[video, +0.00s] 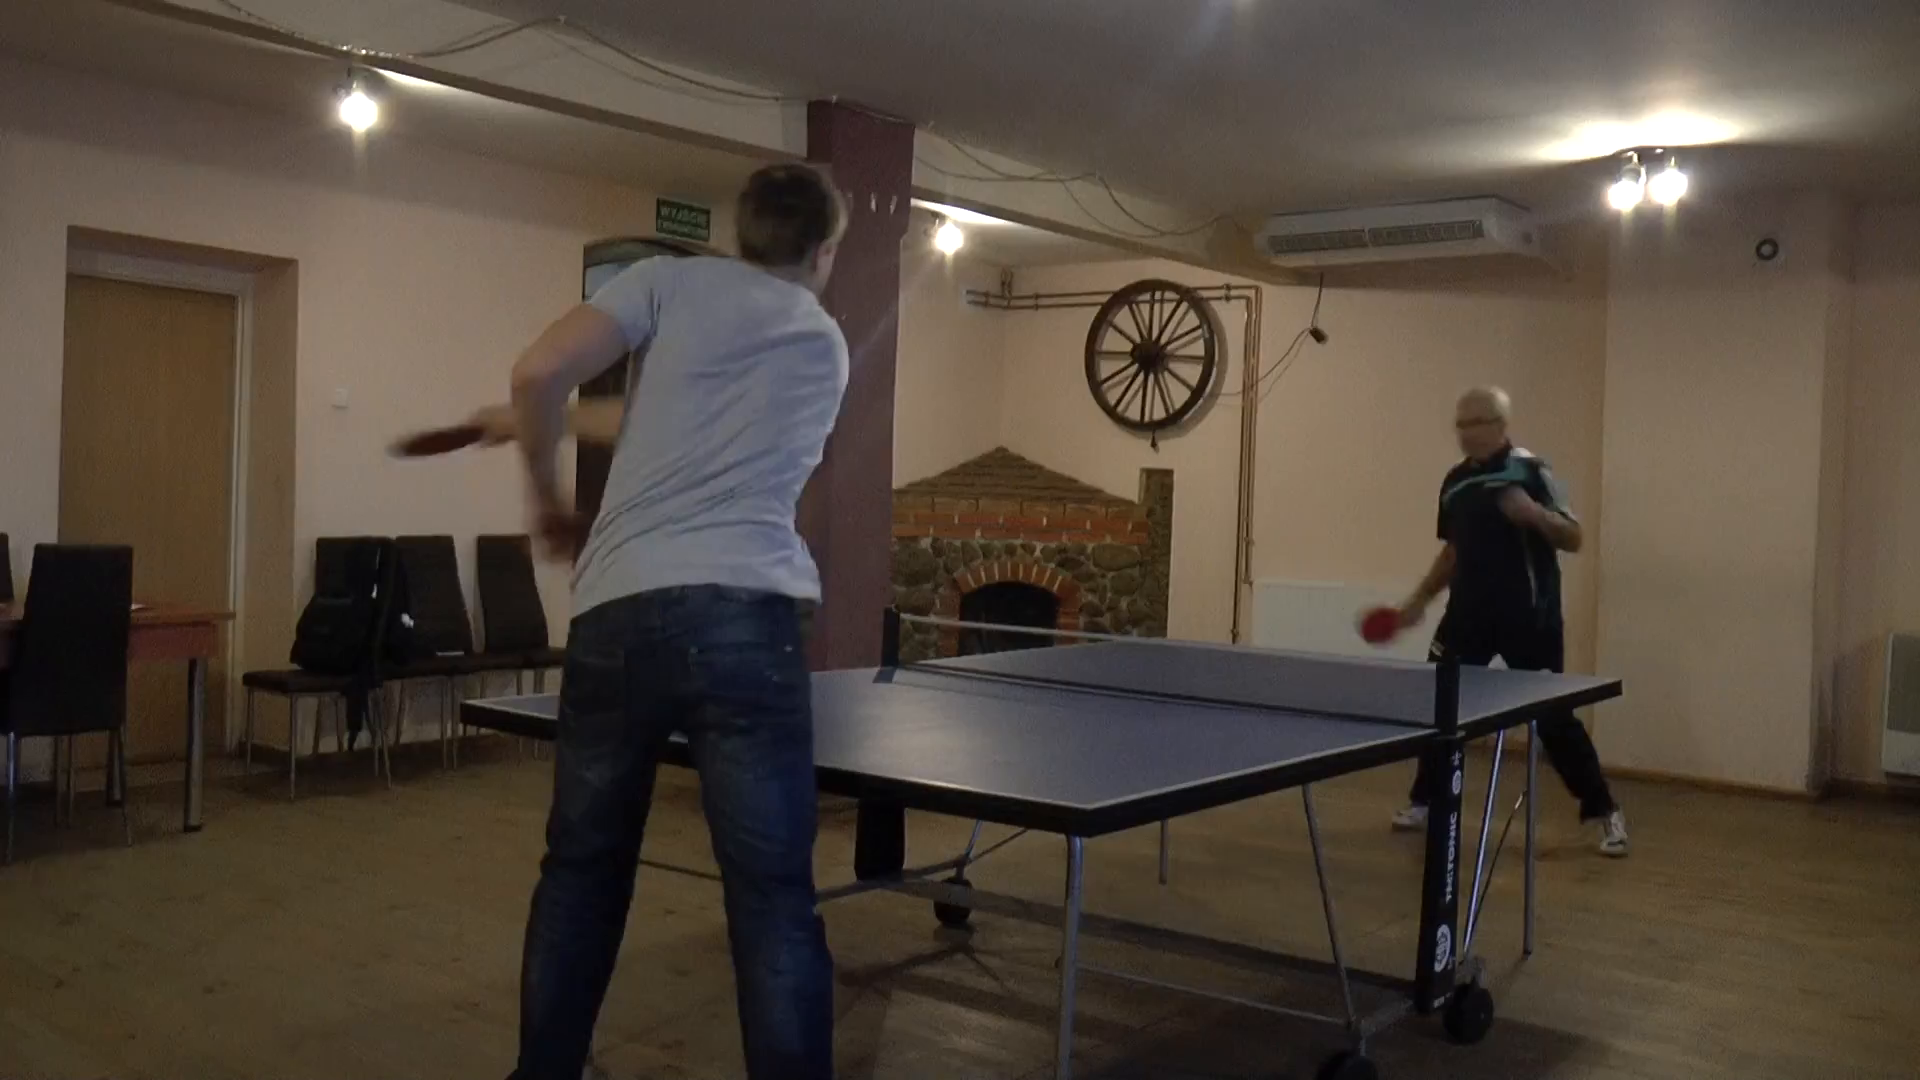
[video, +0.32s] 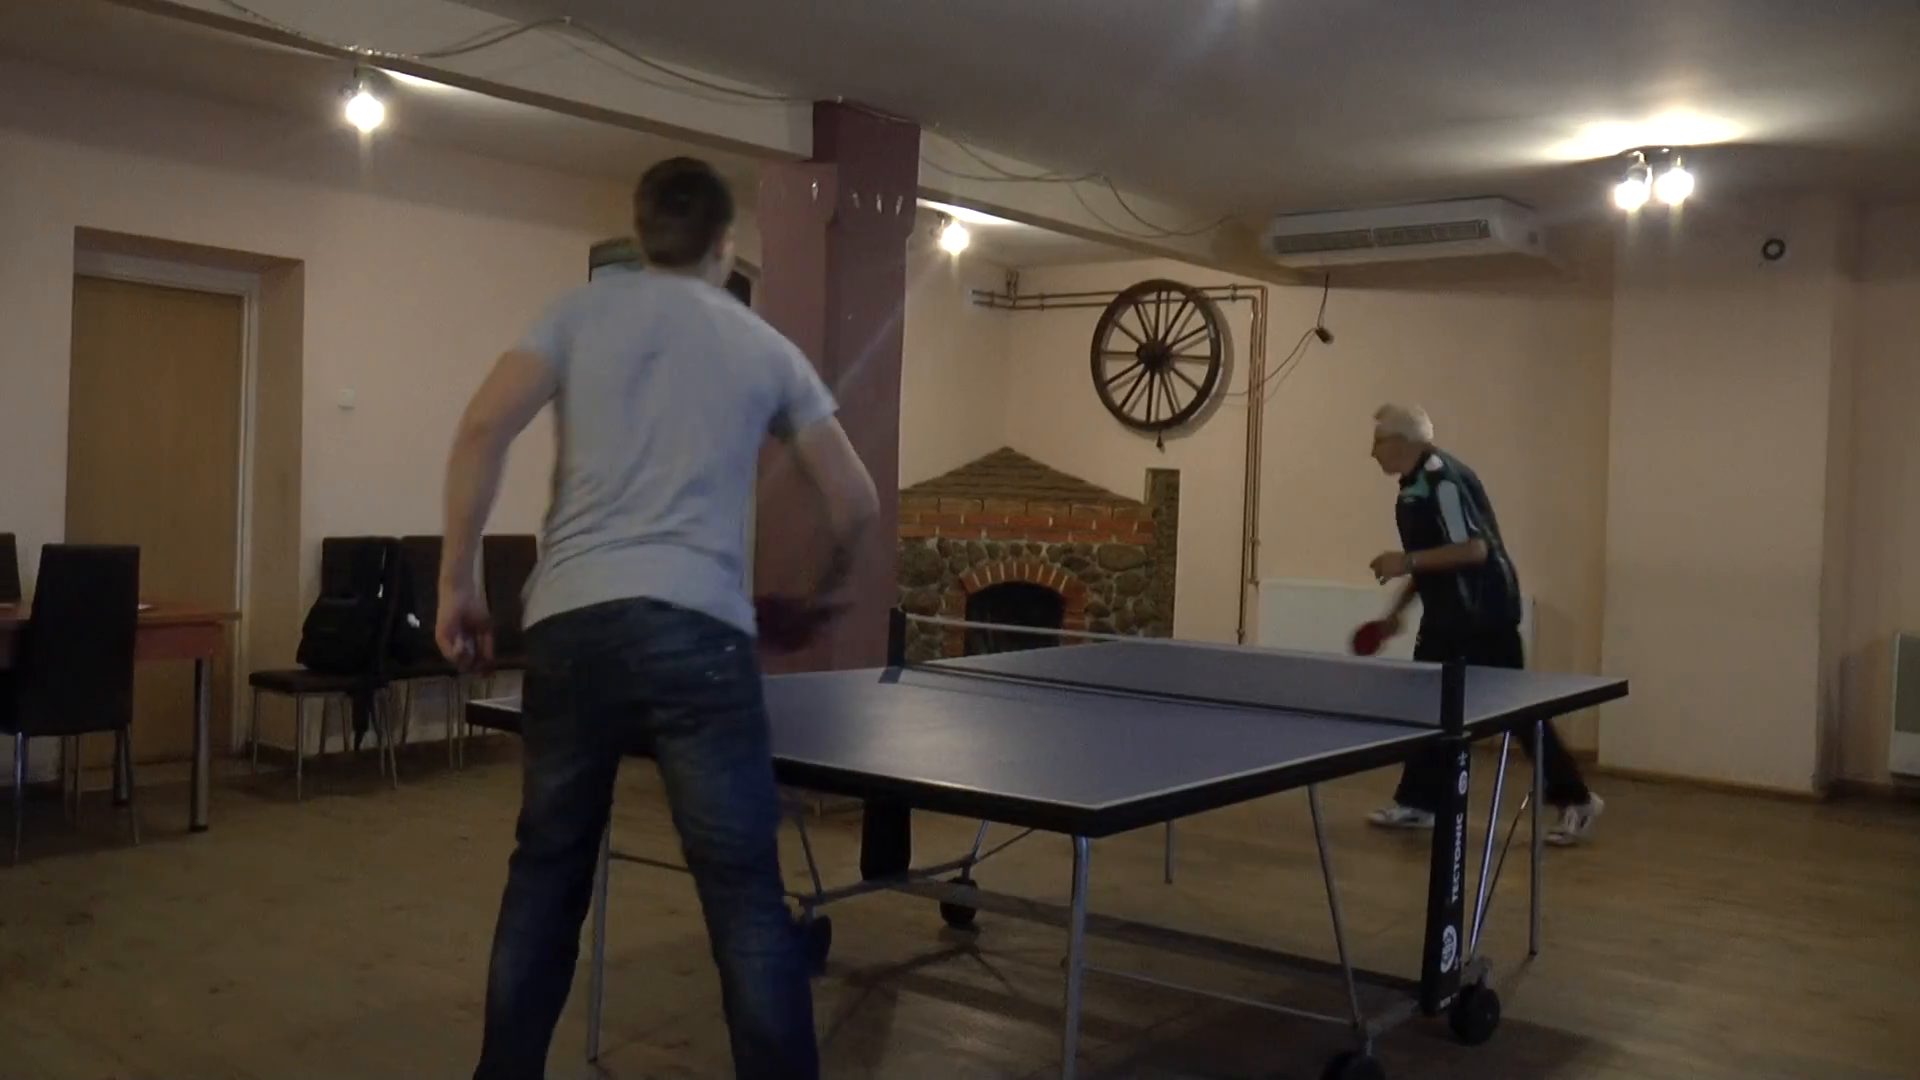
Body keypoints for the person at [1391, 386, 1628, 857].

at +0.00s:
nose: (1468, 433)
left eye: (1478, 424)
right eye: (1461, 425)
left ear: (1503, 426)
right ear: (1456, 428)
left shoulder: (1530, 472)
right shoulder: (1456, 481)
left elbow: (1573, 537)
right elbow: (1451, 553)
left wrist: (1533, 513)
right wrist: (1417, 602)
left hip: (1529, 619)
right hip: (1469, 618)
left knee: (1553, 717)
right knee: (1441, 710)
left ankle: (1605, 812)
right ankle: (1426, 803)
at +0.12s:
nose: (1426, 449)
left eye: (1435, 439)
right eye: (1422, 441)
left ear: (1461, 440)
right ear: (1421, 445)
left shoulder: (1497, 478)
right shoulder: (1430, 492)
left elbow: (1528, 522)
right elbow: (1405, 541)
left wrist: (1479, 476)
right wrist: (1335, 560)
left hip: (1525, 615)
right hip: (1468, 616)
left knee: (1554, 715)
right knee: (1432, 707)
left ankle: (1616, 811)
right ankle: (1417, 802)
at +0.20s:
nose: (1399, 459)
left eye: (1408, 450)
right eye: (1396, 451)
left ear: (1437, 449)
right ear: (1399, 455)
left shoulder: (1469, 487)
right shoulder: (1409, 495)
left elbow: (1493, 543)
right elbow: (1375, 534)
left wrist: (1432, 513)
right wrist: (1314, 543)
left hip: (1513, 617)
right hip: (1463, 619)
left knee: (1557, 710)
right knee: (1428, 705)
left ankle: (1631, 800)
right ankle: (1416, 801)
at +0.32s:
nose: (1374, 452)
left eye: (1380, 443)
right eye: (1375, 443)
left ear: (1409, 444)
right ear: (1404, 445)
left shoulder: (1446, 480)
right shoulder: (1414, 485)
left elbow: (1474, 549)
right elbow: (1427, 563)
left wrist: (1409, 561)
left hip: (1485, 616)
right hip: (1444, 616)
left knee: (1516, 710)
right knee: (1428, 706)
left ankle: (1577, 799)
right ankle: (1418, 802)